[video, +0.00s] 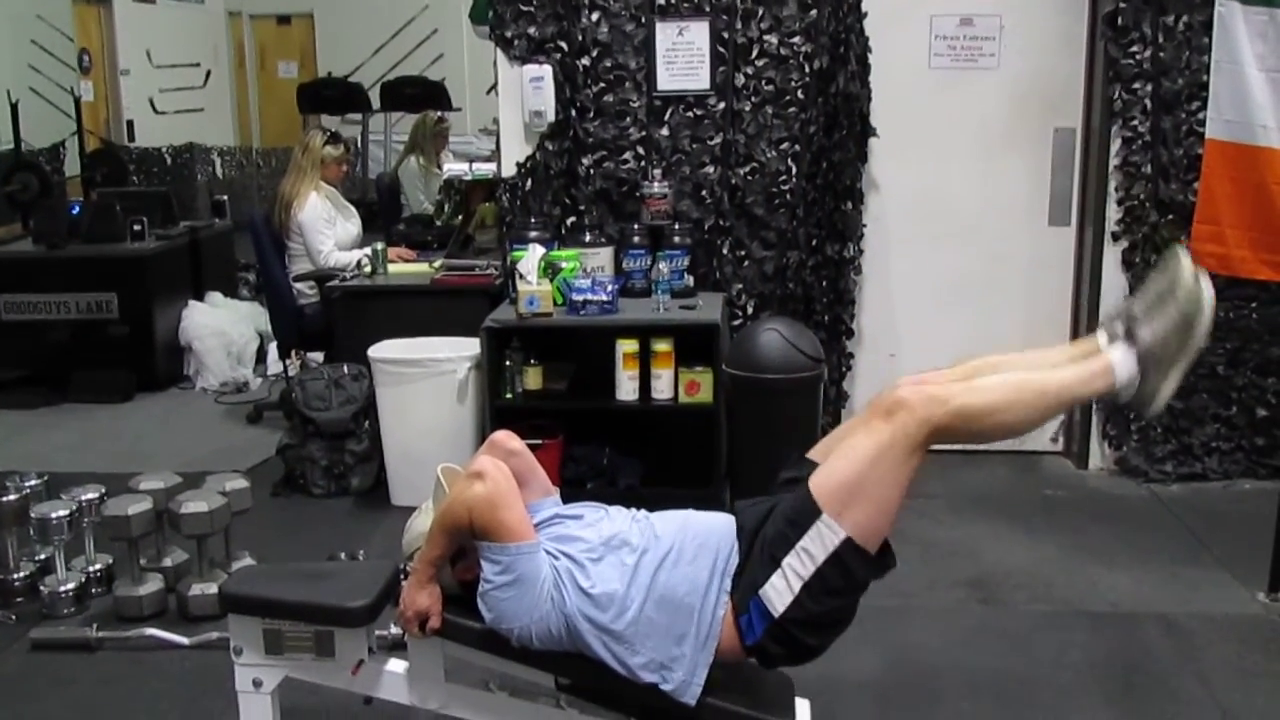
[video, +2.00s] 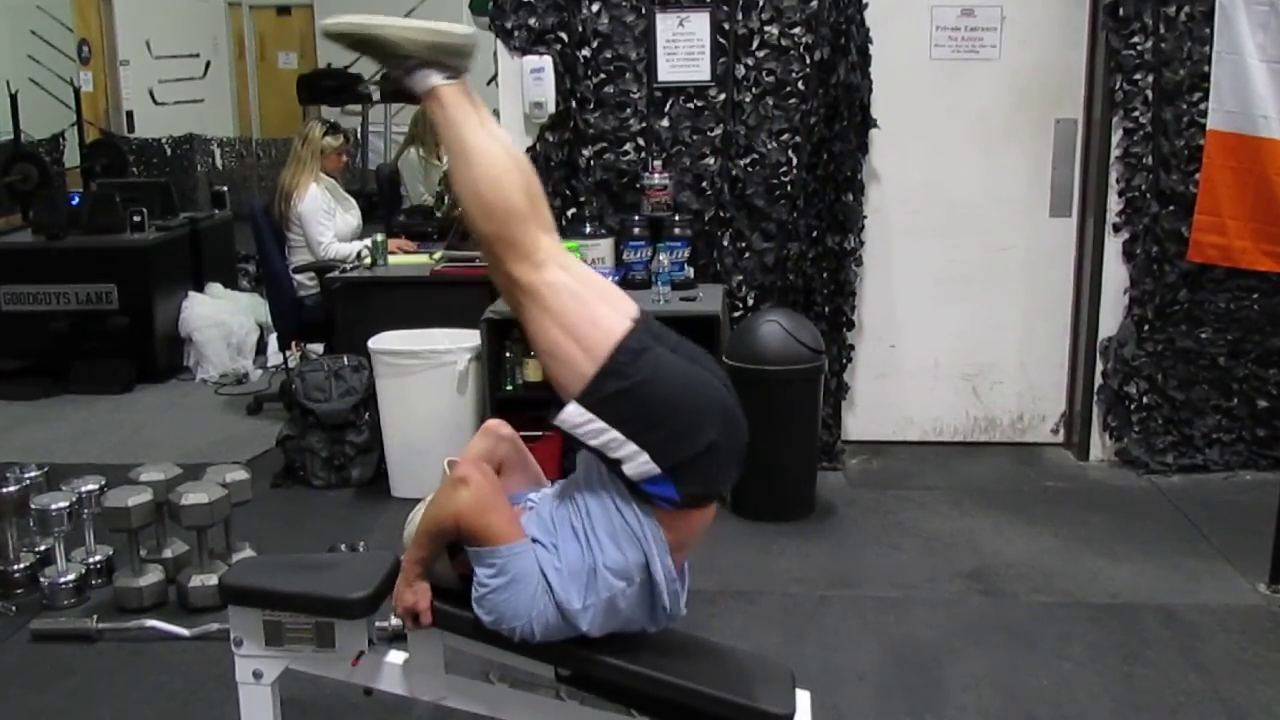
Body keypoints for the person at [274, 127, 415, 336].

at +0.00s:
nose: (345, 169)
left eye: (346, 163)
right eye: (339, 164)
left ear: (324, 165)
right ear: (320, 164)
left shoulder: (324, 196)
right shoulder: (311, 201)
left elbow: (335, 253)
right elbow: (325, 259)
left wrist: (380, 252)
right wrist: (380, 254)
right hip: (317, 302)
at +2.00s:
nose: (345, 160)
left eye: (345, 153)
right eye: (339, 154)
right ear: (319, 155)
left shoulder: (324, 185)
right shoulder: (311, 191)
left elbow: (335, 243)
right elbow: (325, 251)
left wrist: (378, 243)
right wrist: (378, 245)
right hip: (318, 291)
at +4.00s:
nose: (346, 159)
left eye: (346, 153)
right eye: (340, 154)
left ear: (323, 155)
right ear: (320, 154)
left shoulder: (323, 186)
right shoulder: (312, 192)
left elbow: (334, 245)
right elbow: (326, 251)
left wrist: (377, 243)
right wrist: (378, 245)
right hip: (318, 293)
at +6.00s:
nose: (342, 158)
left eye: (343, 151)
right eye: (338, 151)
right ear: (321, 151)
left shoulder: (324, 186)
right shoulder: (312, 192)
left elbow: (333, 246)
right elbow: (326, 251)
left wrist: (378, 243)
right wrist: (379, 245)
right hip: (318, 293)